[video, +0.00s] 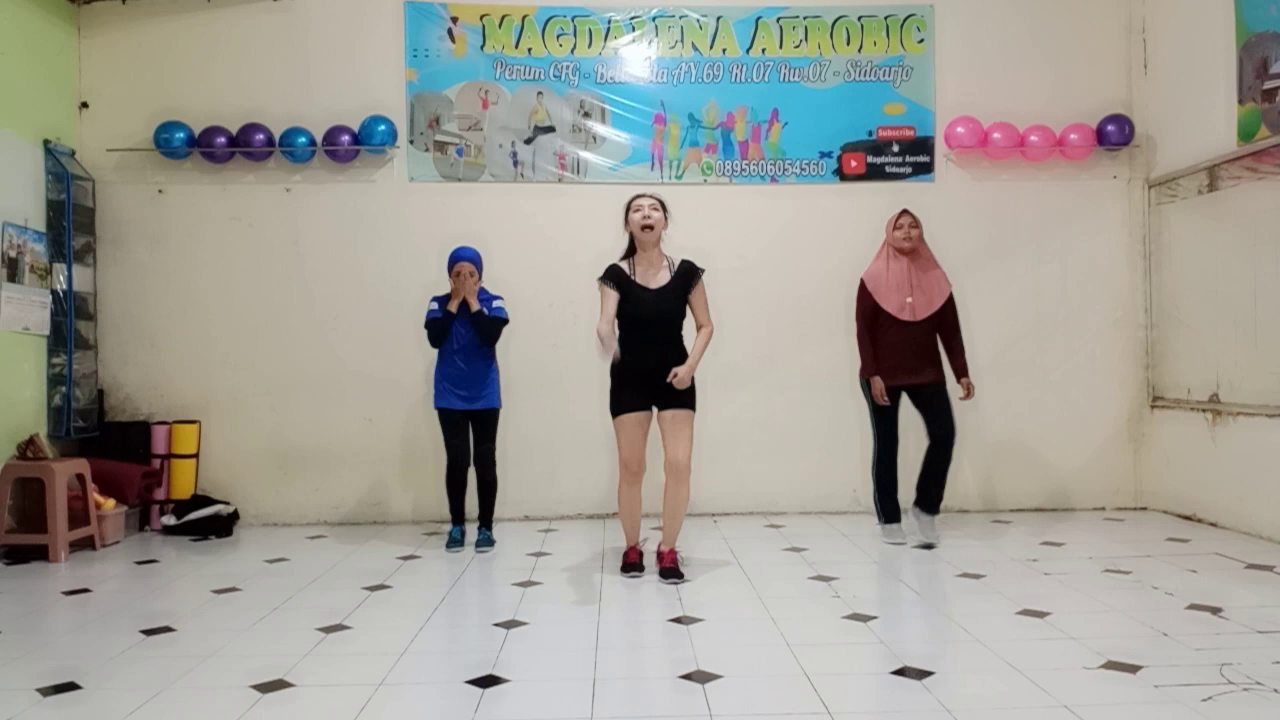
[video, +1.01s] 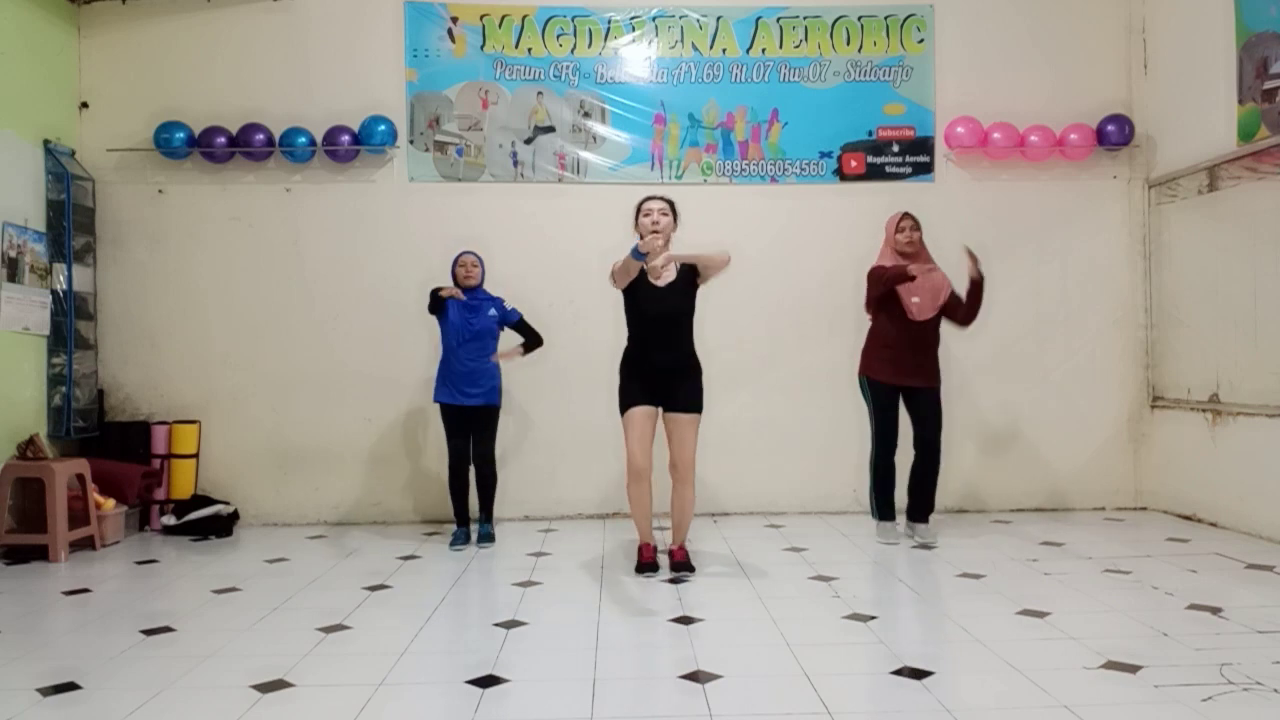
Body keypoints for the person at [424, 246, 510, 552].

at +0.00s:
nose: (464, 278)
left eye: (470, 274)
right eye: (458, 274)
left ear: (479, 276)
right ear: (450, 277)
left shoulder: (492, 302)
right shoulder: (439, 303)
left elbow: (490, 337)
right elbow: (436, 339)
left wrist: (472, 300)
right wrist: (455, 299)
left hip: (485, 394)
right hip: (450, 395)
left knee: (484, 461)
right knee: (457, 460)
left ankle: (485, 527)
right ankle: (457, 526)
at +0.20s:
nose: (465, 273)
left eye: (470, 269)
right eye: (459, 270)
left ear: (480, 274)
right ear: (450, 275)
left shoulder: (492, 302)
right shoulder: (440, 303)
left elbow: (488, 334)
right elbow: (441, 335)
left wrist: (473, 296)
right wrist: (456, 297)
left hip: (482, 389)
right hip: (448, 391)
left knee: (482, 452)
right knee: (454, 458)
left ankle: (486, 515)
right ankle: (459, 526)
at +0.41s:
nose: (466, 274)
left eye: (472, 269)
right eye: (459, 270)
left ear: (481, 274)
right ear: (451, 275)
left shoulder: (493, 303)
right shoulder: (442, 307)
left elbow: (499, 332)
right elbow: (429, 351)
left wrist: (478, 299)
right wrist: (450, 315)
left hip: (487, 398)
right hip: (453, 399)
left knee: (483, 462)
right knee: (456, 463)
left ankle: (484, 525)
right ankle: (458, 527)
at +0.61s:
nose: (467, 270)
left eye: (473, 265)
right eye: (461, 266)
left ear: (482, 271)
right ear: (453, 273)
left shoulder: (495, 303)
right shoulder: (448, 303)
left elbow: (505, 340)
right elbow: (429, 337)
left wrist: (475, 315)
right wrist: (443, 300)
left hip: (489, 394)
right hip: (455, 392)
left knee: (484, 459)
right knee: (457, 455)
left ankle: (484, 523)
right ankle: (460, 515)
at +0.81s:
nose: (467, 269)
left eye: (472, 265)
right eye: (461, 266)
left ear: (481, 272)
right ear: (452, 274)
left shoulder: (494, 306)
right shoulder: (445, 302)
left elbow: (518, 353)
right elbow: (432, 304)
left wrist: (493, 357)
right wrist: (444, 284)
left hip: (485, 393)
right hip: (451, 392)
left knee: (484, 457)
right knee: (458, 459)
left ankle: (484, 522)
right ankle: (462, 526)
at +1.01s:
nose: (468, 269)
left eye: (474, 265)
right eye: (462, 265)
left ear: (482, 273)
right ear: (454, 273)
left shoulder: (495, 305)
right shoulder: (447, 303)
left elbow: (535, 339)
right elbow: (433, 304)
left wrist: (508, 354)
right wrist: (442, 293)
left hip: (486, 393)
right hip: (452, 392)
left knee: (484, 459)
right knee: (458, 459)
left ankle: (486, 523)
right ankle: (461, 526)